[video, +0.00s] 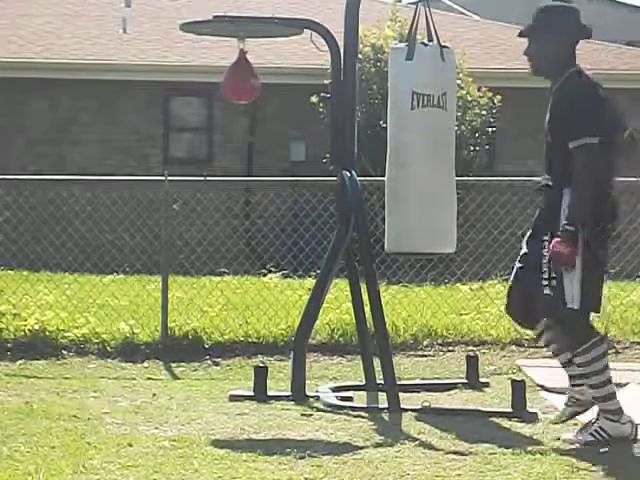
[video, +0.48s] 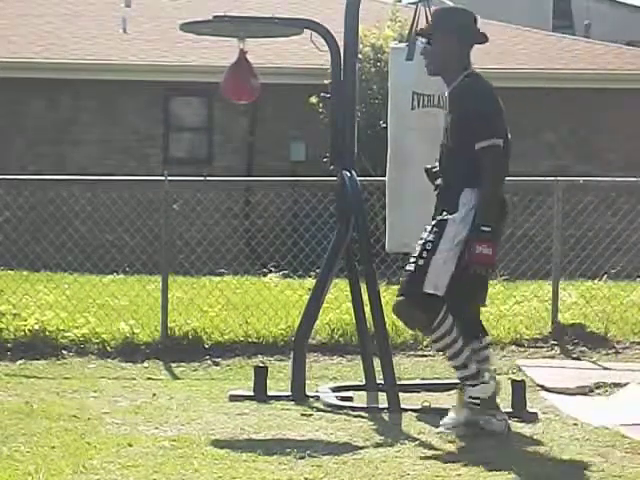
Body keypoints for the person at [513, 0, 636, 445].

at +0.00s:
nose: (525, 50)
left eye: (533, 41)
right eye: (527, 41)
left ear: (559, 44)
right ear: (558, 45)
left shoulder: (575, 92)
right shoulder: (567, 90)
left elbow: (589, 170)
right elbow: (570, 169)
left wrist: (572, 232)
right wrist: (548, 225)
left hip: (577, 219)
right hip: (559, 214)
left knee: (568, 316)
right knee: (535, 306)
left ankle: (612, 416)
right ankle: (583, 385)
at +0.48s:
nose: (425, 50)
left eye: (432, 42)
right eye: (427, 42)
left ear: (454, 46)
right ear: (453, 46)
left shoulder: (472, 91)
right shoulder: (463, 92)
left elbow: (493, 166)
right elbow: (473, 160)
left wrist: (484, 231)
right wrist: (445, 170)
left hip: (465, 210)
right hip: (469, 210)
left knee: (414, 303)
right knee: (463, 307)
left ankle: (477, 389)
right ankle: (481, 406)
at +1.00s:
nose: (325, 47)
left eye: (333, 40)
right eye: (325, 39)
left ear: (357, 43)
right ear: (341, 43)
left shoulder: (367, 87)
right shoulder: (353, 86)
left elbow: (383, 154)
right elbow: (405, 143)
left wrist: (359, 220)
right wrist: (348, 172)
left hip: (367, 208)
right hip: (343, 204)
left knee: (362, 313)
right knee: (302, 299)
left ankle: (389, 416)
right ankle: (345, 391)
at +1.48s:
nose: (240, 44)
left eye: (246, 35)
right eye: (240, 36)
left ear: (266, 40)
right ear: (270, 41)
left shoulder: (283, 89)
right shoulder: (271, 87)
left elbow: (301, 163)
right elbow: (234, 91)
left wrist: (291, 226)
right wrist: (243, 57)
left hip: (275, 207)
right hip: (272, 205)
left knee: (226, 301)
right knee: (272, 309)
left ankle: (283, 393)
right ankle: (290, 409)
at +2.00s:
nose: (183, 45)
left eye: (190, 36)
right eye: (184, 36)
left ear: (213, 40)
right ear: (211, 41)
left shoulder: (230, 87)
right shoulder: (216, 86)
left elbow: (246, 158)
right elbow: (227, 153)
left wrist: (227, 221)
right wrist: (198, 173)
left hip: (223, 215)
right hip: (200, 213)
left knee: (222, 315)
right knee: (168, 298)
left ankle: (250, 414)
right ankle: (216, 385)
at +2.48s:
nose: (130, 78)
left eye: (131, 67)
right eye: (127, 70)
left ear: (150, 60)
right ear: (162, 60)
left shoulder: (177, 100)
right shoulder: (197, 94)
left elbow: (190, 165)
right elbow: (244, 138)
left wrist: (175, 231)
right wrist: (215, 177)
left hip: (196, 224)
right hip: (216, 223)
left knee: (141, 310)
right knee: (184, 311)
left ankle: (178, 412)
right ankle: (206, 410)